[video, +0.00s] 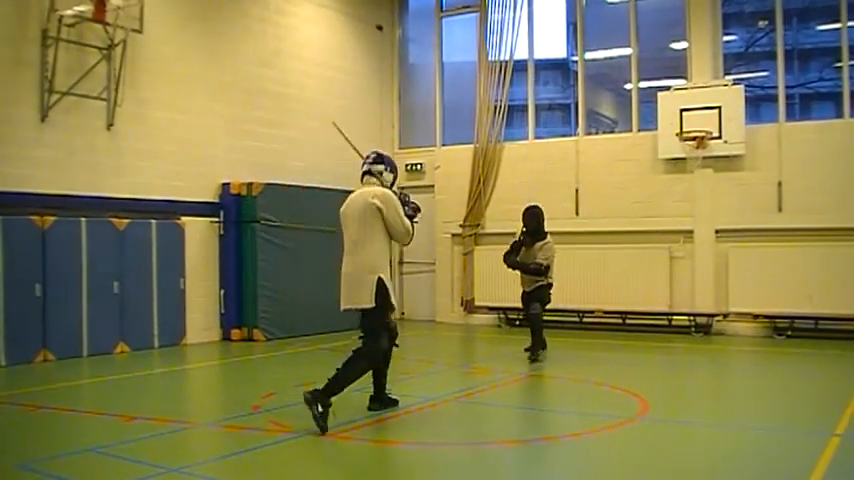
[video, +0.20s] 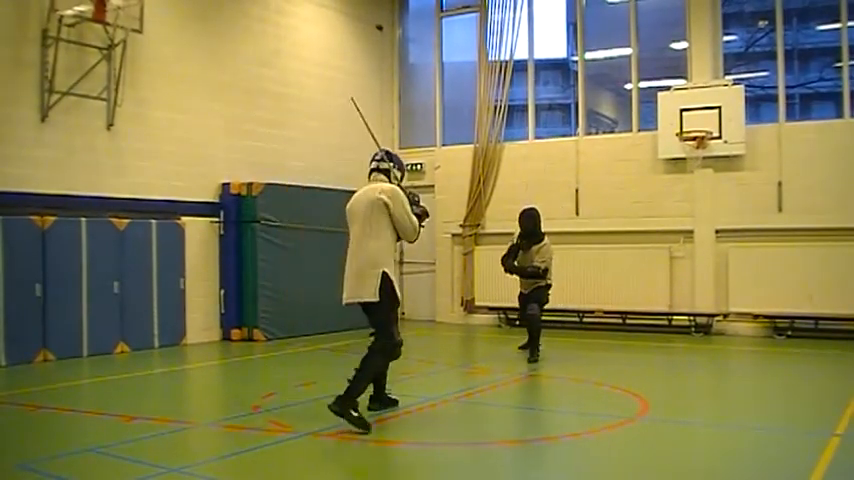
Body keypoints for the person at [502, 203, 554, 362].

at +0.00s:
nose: (526, 225)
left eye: (530, 221)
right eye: (525, 221)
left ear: (539, 222)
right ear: (523, 222)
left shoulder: (547, 244)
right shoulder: (523, 240)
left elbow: (541, 269)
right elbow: (508, 258)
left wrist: (516, 264)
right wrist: (519, 245)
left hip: (541, 285)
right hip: (527, 286)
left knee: (534, 311)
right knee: (529, 316)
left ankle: (536, 347)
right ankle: (539, 341)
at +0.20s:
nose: (523, 228)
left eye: (527, 224)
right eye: (522, 224)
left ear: (535, 224)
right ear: (520, 224)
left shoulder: (544, 246)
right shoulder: (519, 241)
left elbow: (540, 271)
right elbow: (507, 259)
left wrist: (514, 269)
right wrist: (517, 248)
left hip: (539, 286)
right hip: (524, 287)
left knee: (532, 310)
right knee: (525, 315)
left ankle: (534, 347)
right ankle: (531, 338)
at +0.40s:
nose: (522, 237)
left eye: (525, 234)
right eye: (520, 233)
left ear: (533, 231)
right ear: (517, 231)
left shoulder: (542, 251)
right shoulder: (516, 244)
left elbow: (538, 276)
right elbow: (503, 263)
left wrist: (515, 275)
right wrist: (514, 253)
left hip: (536, 288)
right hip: (522, 288)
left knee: (531, 312)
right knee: (523, 316)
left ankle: (534, 348)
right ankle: (528, 340)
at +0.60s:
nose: (519, 238)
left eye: (523, 234)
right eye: (517, 234)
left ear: (531, 231)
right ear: (515, 230)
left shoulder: (540, 250)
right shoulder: (512, 243)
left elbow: (537, 275)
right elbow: (501, 262)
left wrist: (513, 274)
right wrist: (511, 253)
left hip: (534, 288)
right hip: (520, 288)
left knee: (530, 312)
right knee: (522, 316)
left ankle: (534, 347)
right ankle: (528, 340)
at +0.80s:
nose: (516, 231)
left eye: (519, 227)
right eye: (514, 227)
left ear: (527, 227)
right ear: (512, 226)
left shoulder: (537, 247)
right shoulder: (511, 242)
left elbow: (535, 274)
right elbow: (498, 261)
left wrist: (511, 272)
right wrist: (505, 255)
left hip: (532, 287)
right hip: (517, 288)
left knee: (528, 314)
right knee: (519, 317)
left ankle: (533, 348)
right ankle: (526, 339)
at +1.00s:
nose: (513, 221)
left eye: (516, 217)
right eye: (511, 217)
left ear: (525, 217)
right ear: (510, 218)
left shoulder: (535, 239)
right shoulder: (508, 235)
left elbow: (531, 266)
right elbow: (494, 254)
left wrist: (505, 260)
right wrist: (507, 242)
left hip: (529, 283)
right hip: (512, 283)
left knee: (526, 314)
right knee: (505, 311)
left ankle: (533, 349)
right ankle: (515, 330)